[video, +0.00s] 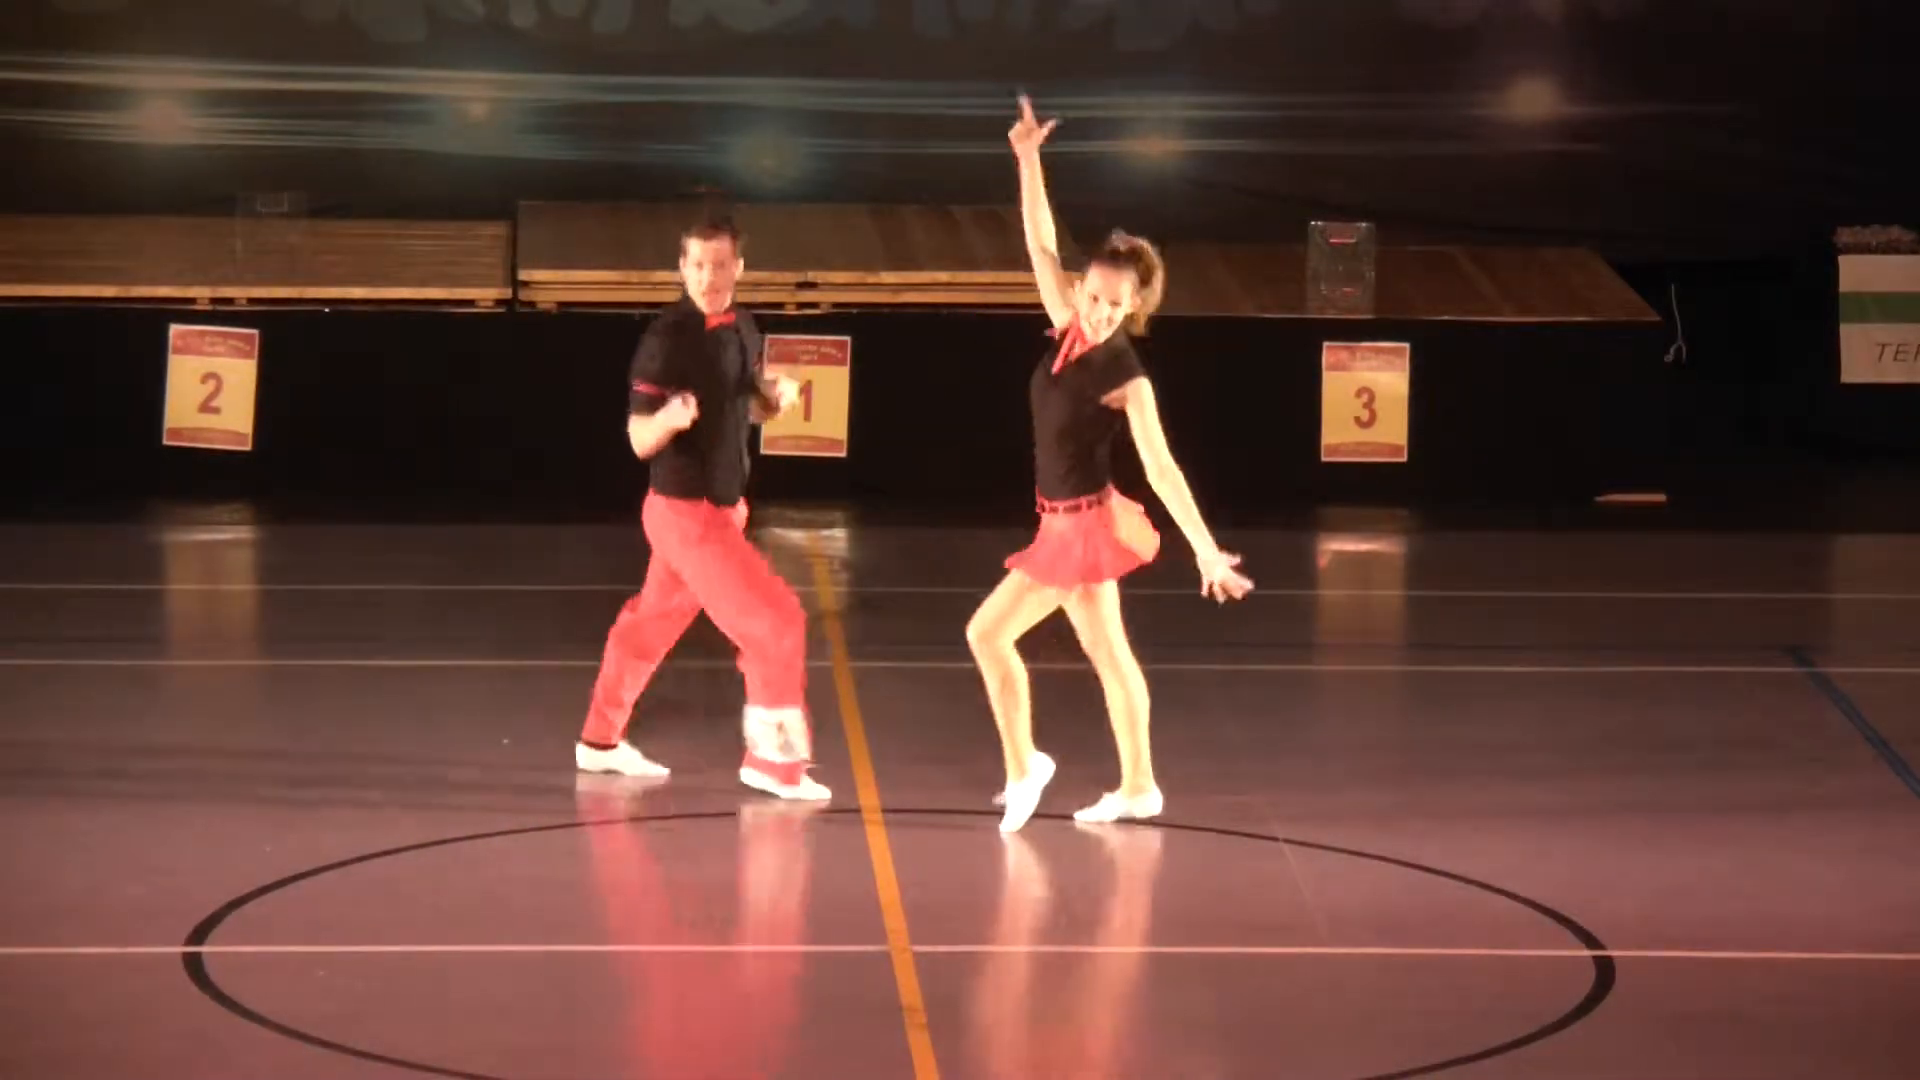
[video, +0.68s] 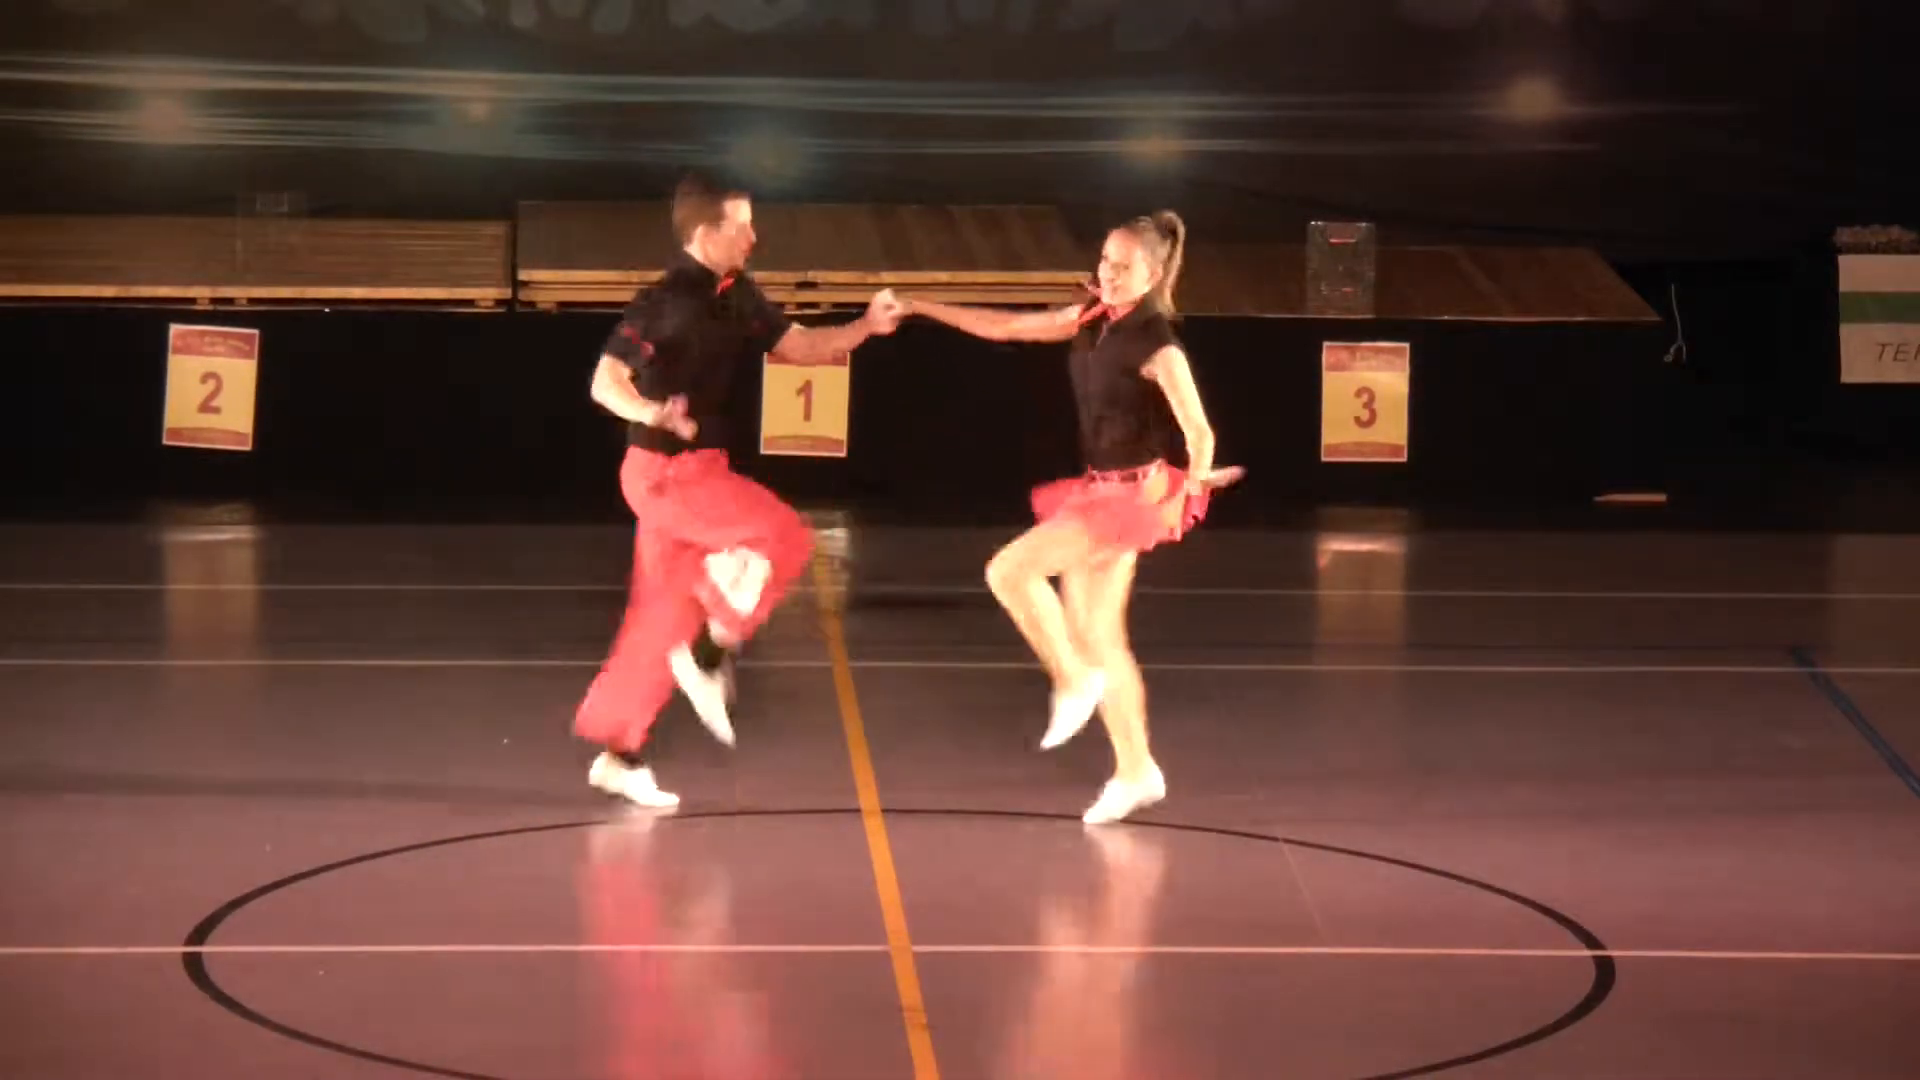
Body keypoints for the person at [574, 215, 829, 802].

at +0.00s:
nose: (710, 278)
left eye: (721, 265)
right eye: (699, 265)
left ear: (739, 266)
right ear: (682, 265)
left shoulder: (745, 333)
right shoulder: (665, 336)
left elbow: (755, 412)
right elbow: (639, 440)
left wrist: (773, 397)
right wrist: (669, 419)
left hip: (723, 510)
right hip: (677, 510)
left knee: (649, 625)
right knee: (775, 617)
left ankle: (599, 742)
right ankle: (772, 761)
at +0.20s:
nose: (738, 243)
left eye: (741, 232)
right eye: (726, 231)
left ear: (738, 236)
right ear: (690, 236)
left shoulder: (734, 292)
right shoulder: (664, 305)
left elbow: (768, 354)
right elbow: (637, 404)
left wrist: (830, 360)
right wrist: (697, 376)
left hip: (735, 470)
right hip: (692, 473)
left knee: (706, 590)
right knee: (750, 595)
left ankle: (641, 699)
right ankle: (770, 748)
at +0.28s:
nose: (746, 224)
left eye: (745, 213)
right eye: (735, 213)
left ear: (716, 222)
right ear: (696, 219)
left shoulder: (728, 283)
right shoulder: (670, 289)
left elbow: (780, 338)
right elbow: (633, 385)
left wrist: (853, 352)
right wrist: (705, 342)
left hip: (736, 451)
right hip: (688, 458)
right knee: (728, 572)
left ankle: (713, 640)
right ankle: (731, 736)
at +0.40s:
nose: (738, 239)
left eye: (737, 228)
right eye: (727, 229)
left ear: (710, 237)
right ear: (690, 237)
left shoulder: (722, 296)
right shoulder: (673, 307)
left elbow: (789, 344)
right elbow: (660, 389)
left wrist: (872, 363)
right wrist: (691, 416)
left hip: (732, 455)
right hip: (684, 481)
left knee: (824, 473)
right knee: (706, 607)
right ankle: (674, 767)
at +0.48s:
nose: (740, 238)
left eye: (739, 226)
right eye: (729, 227)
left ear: (711, 236)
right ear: (692, 235)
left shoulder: (728, 300)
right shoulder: (672, 301)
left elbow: (797, 344)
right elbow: (639, 392)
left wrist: (882, 355)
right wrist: (698, 380)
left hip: (721, 457)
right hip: (673, 478)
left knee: (814, 450)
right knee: (692, 602)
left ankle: (886, 550)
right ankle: (669, 760)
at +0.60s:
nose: (752, 225)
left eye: (752, 213)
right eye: (742, 214)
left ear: (719, 220)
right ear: (703, 219)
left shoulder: (739, 285)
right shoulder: (675, 278)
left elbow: (793, 338)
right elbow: (625, 364)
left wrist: (872, 337)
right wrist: (657, 406)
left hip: (703, 451)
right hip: (653, 454)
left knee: (777, 538)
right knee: (751, 534)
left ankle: (697, 668)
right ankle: (679, 658)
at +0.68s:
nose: (752, 235)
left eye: (751, 223)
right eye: (741, 224)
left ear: (723, 230)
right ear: (703, 232)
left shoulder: (741, 296)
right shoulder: (664, 299)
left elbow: (800, 345)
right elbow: (606, 382)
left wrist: (865, 329)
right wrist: (649, 411)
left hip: (696, 470)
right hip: (661, 470)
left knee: (669, 607)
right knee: (785, 540)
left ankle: (616, 754)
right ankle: (707, 655)